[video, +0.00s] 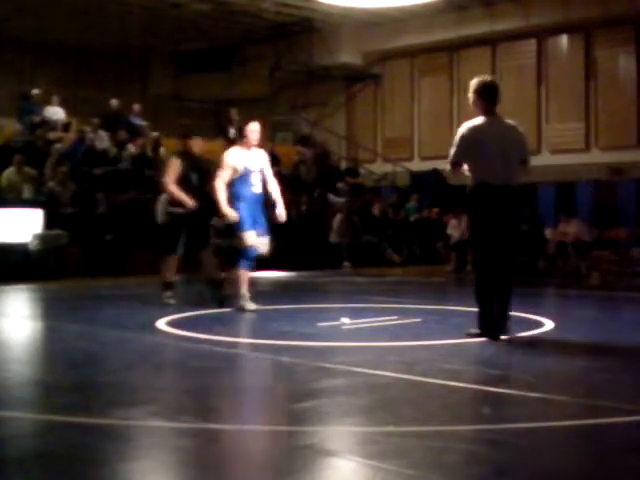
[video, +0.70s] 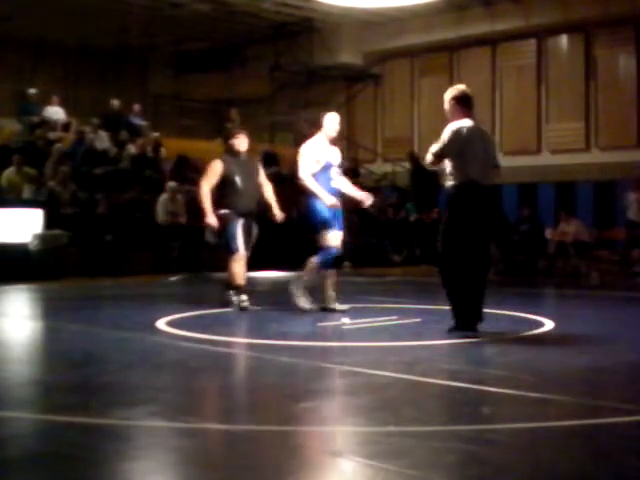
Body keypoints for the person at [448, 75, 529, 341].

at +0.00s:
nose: (471, 101)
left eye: (472, 97)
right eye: (472, 96)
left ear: (476, 100)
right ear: (497, 100)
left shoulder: (469, 131)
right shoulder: (513, 131)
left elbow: (454, 165)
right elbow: (525, 162)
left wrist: (470, 166)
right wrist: (503, 163)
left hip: (481, 199)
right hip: (509, 200)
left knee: (483, 260)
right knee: (504, 259)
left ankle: (487, 325)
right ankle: (500, 322)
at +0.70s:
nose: (446, 111)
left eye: (447, 106)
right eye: (446, 106)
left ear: (454, 106)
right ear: (470, 106)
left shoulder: (455, 130)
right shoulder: (484, 134)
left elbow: (432, 158)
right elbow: (495, 167)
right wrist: (474, 168)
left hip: (461, 198)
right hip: (483, 198)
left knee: (453, 254)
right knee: (477, 254)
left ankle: (463, 318)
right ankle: (472, 314)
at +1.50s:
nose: (419, 111)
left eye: (420, 107)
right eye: (421, 107)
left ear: (424, 108)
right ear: (443, 106)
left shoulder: (420, 134)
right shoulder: (460, 129)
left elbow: (403, 165)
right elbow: (486, 150)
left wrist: (414, 185)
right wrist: (473, 176)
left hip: (433, 197)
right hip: (459, 194)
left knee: (439, 261)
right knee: (460, 259)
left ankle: (444, 322)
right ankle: (468, 321)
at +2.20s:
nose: (404, 118)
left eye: (405, 114)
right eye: (405, 114)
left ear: (411, 113)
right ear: (430, 112)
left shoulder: (408, 136)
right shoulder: (447, 136)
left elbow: (397, 173)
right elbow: (465, 172)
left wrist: (394, 202)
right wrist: (484, 201)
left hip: (422, 202)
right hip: (451, 201)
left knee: (421, 259)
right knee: (435, 256)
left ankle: (436, 315)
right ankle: (437, 311)